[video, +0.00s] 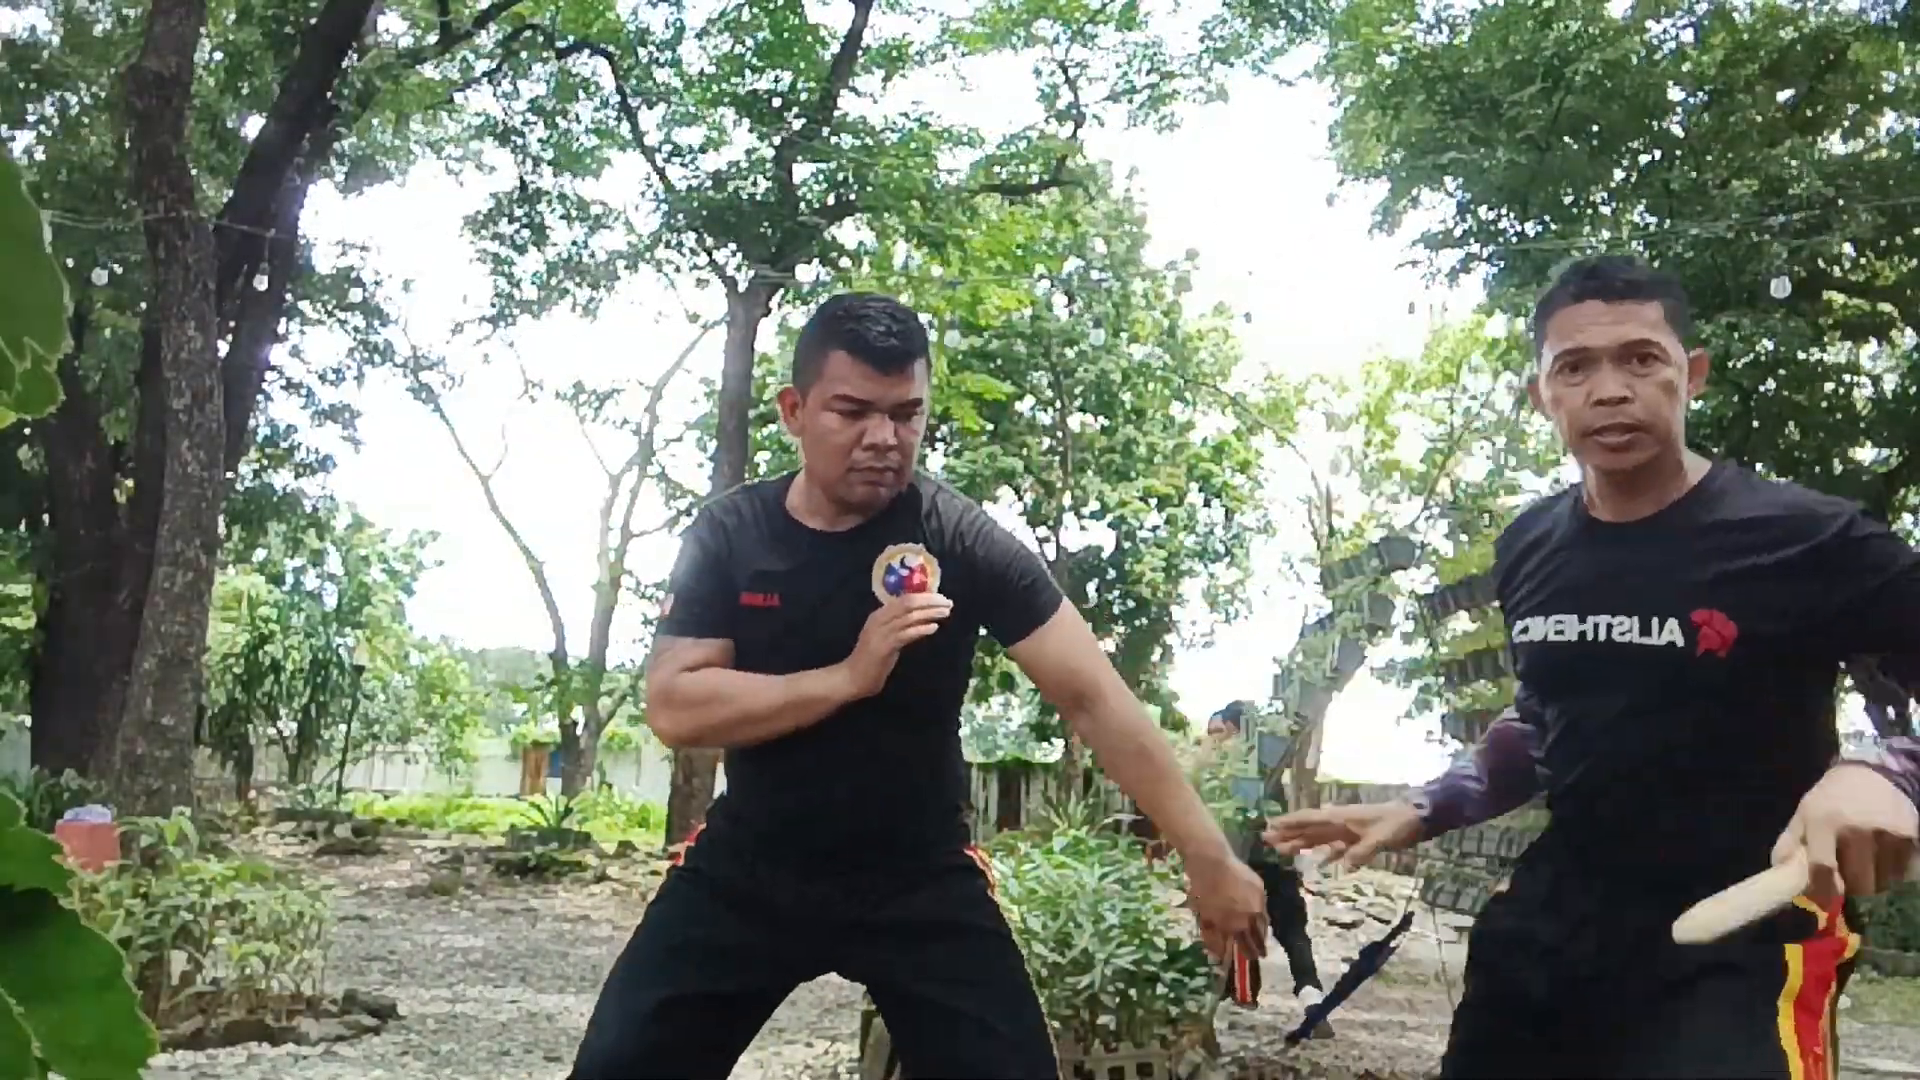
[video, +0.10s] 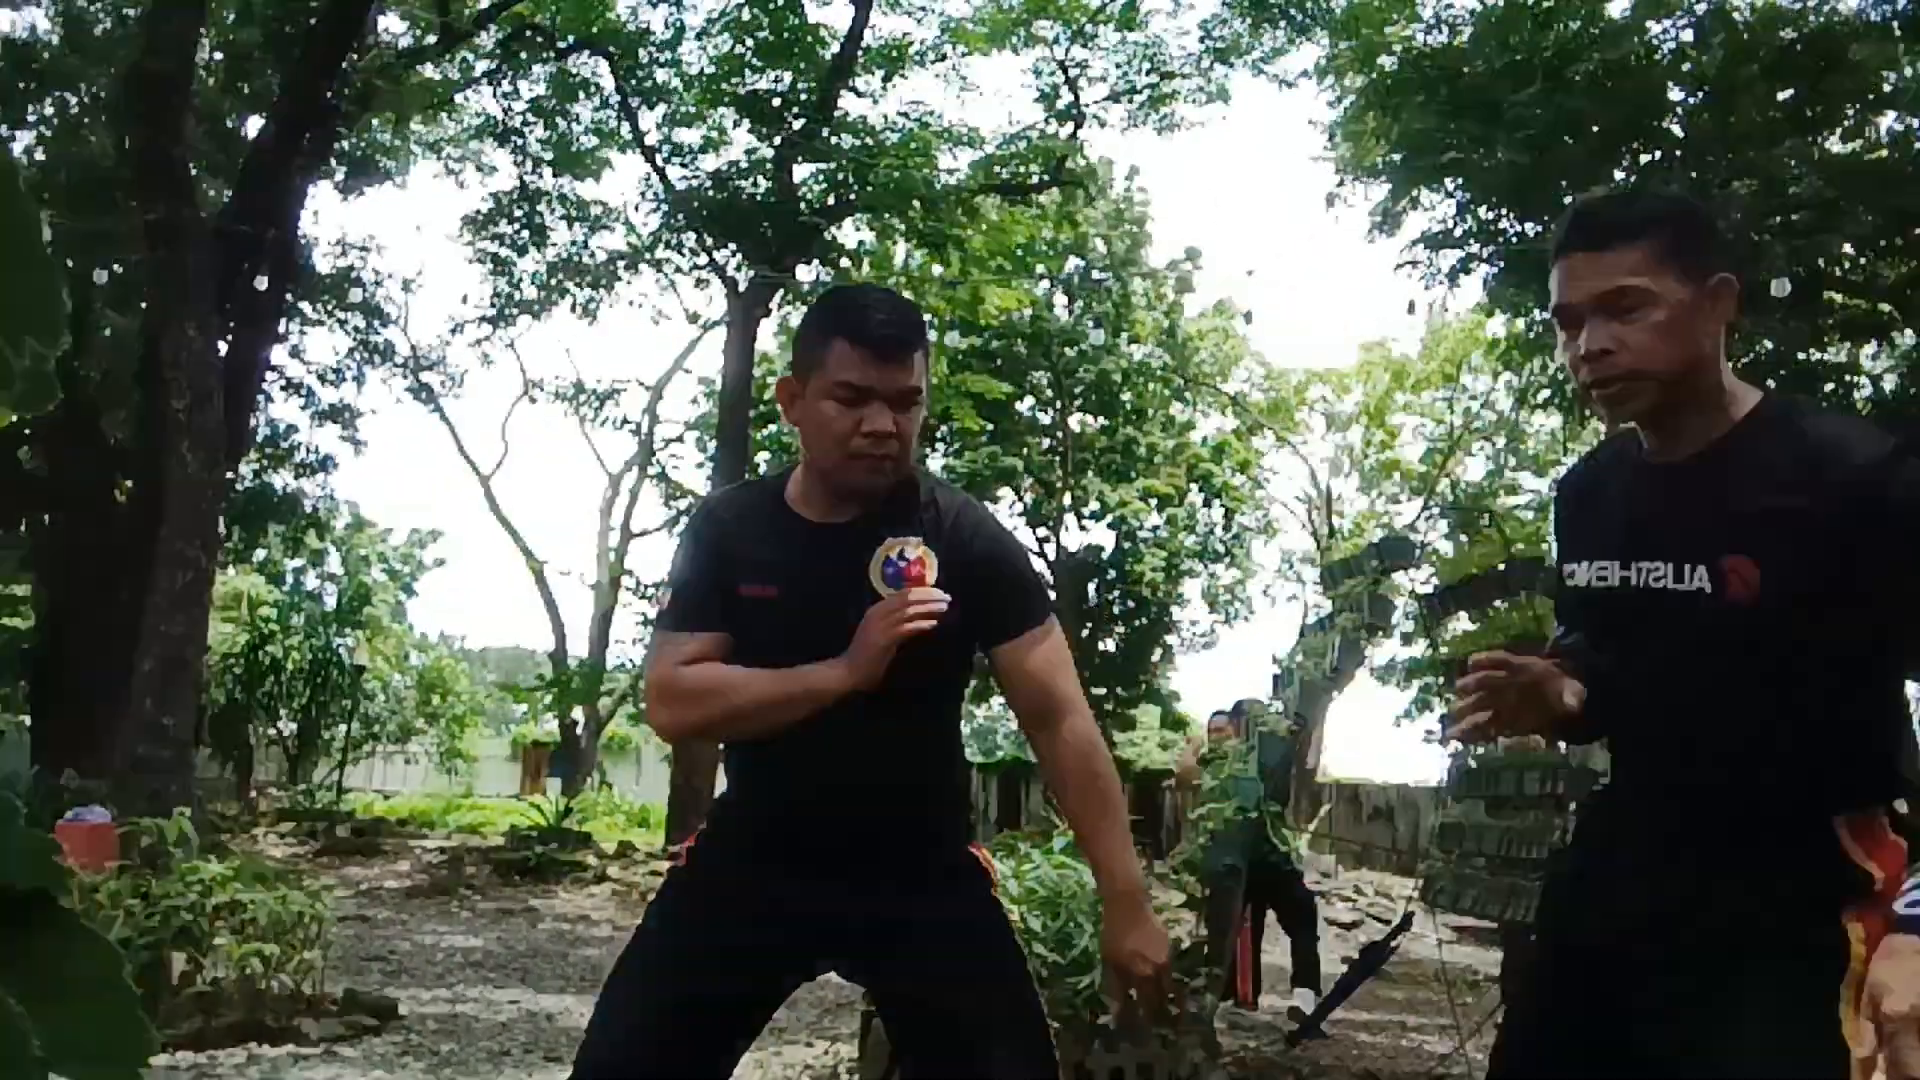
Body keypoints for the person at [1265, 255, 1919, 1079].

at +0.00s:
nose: (1609, 388)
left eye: (1638, 359)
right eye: (1576, 366)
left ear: (1691, 375)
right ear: (1541, 398)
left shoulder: (1818, 543)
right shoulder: (1529, 548)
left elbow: (1914, 690)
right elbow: (1547, 723)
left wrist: (1884, 767)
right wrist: (1415, 813)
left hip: (1739, 959)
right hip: (1553, 942)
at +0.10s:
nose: (1588, 346)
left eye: (1626, 308)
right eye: (1571, 322)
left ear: (1719, 304)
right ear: (1556, 334)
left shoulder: (1855, 475)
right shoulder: (1591, 494)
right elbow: (1598, 673)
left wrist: (1910, 927)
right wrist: (1556, 697)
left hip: (1797, 890)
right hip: (1624, 876)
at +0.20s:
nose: (1567, 331)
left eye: (1591, 296)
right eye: (1563, 304)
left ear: (1700, 273)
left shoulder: (1874, 444)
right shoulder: (1627, 464)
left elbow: (1904, 715)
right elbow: (1576, 691)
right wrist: (1582, 618)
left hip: (1832, 878)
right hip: (1669, 865)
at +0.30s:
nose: (1583, 303)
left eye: (1597, 267)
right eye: (1580, 276)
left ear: (1689, 241)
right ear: (1680, 247)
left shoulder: (1876, 405)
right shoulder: (1659, 446)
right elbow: (1650, 669)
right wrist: (1590, 607)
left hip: (1863, 854)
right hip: (1715, 847)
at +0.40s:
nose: (1614, 288)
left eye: (1615, 259)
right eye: (1610, 264)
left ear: (1677, 241)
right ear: (1687, 245)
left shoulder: (1876, 383)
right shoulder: (1706, 430)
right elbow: (1718, 643)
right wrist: (1600, 736)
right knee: (1780, 1056)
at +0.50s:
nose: (1646, 295)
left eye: (1644, 264)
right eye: (1644, 267)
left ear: (1677, 254)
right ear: (1794, 240)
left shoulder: (1855, 384)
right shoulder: (1756, 407)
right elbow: (1746, 686)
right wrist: (1651, 833)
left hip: (1852, 812)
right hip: (1774, 811)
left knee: (1850, 1059)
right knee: (1796, 1052)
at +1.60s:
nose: (1589, 298)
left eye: (1606, 267)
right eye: (1595, 272)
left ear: (1673, 281)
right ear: (1672, 285)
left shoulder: (1766, 420)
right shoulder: (1702, 436)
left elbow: (1796, 675)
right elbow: (1715, 687)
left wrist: (1687, 909)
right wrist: (1598, 767)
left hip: (1797, 819)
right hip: (1734, 811)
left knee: (1805, 1057)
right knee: (1734, 1057)